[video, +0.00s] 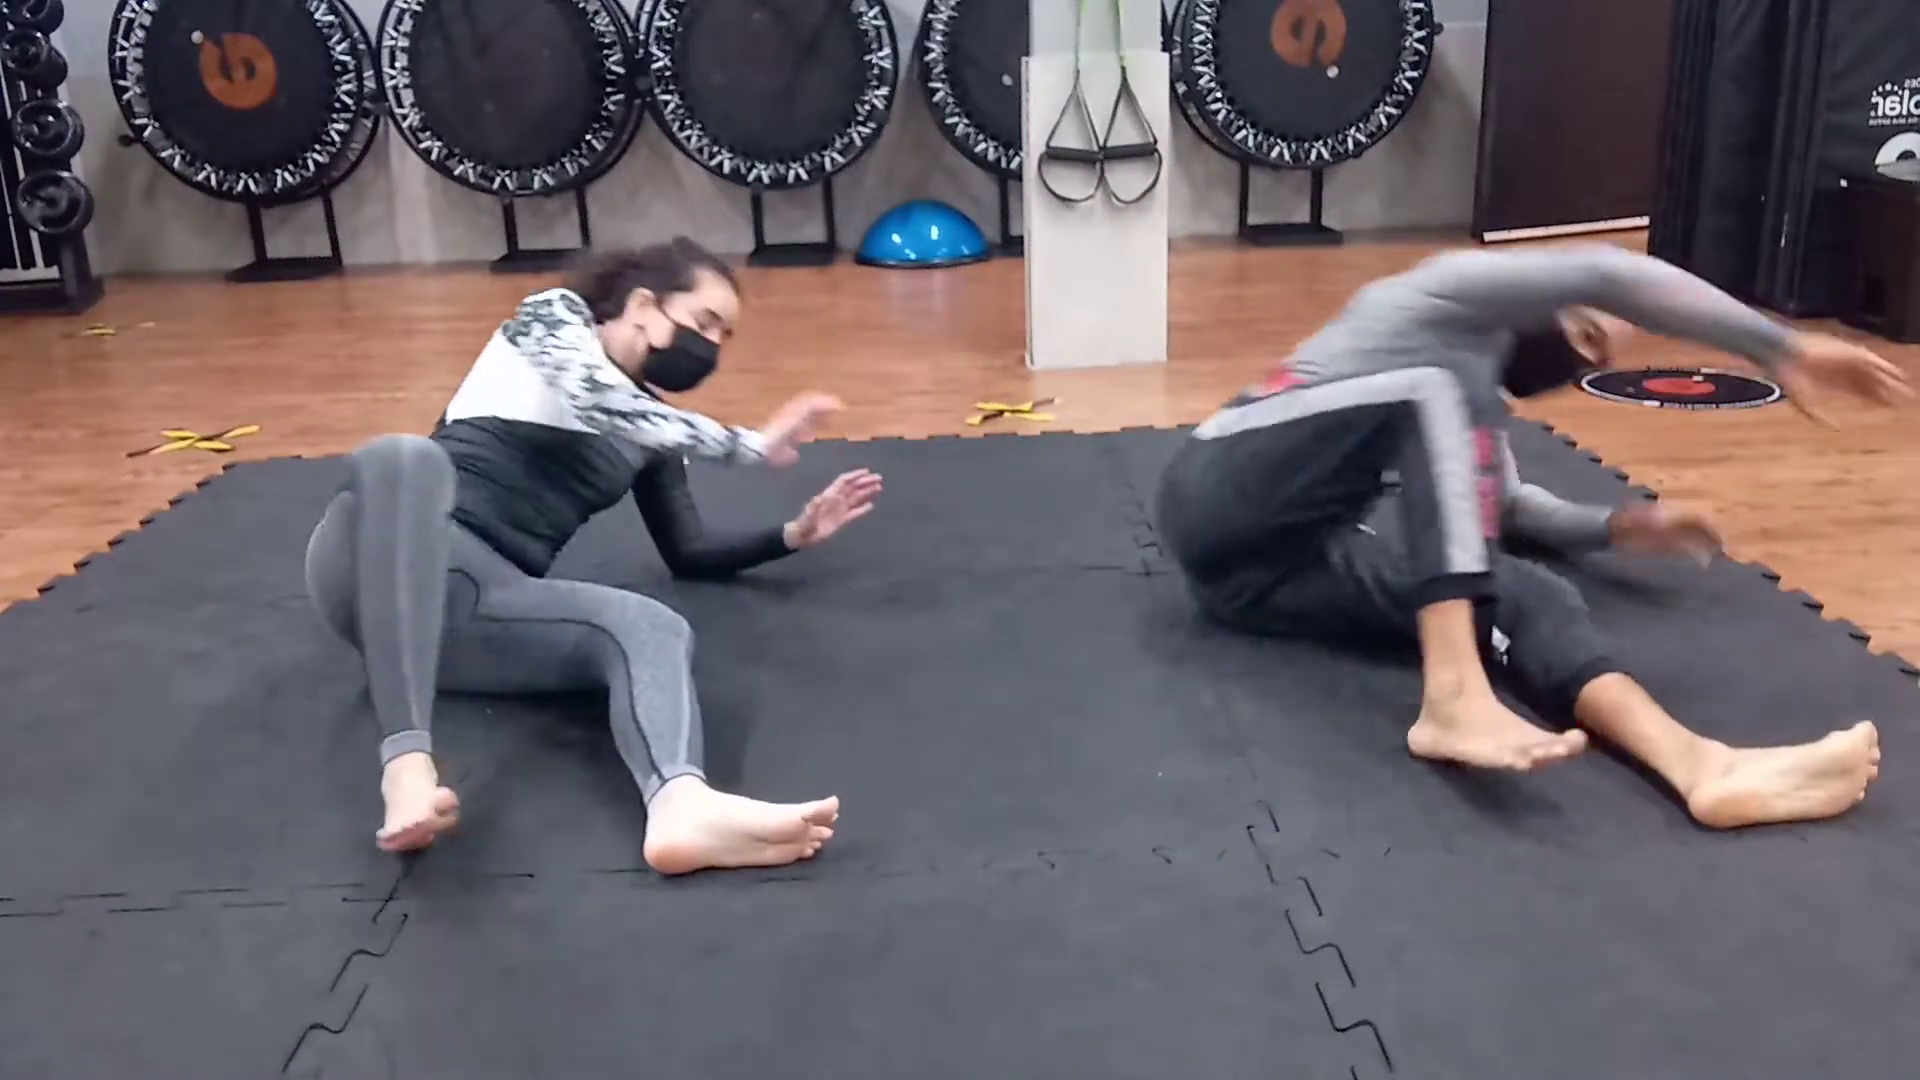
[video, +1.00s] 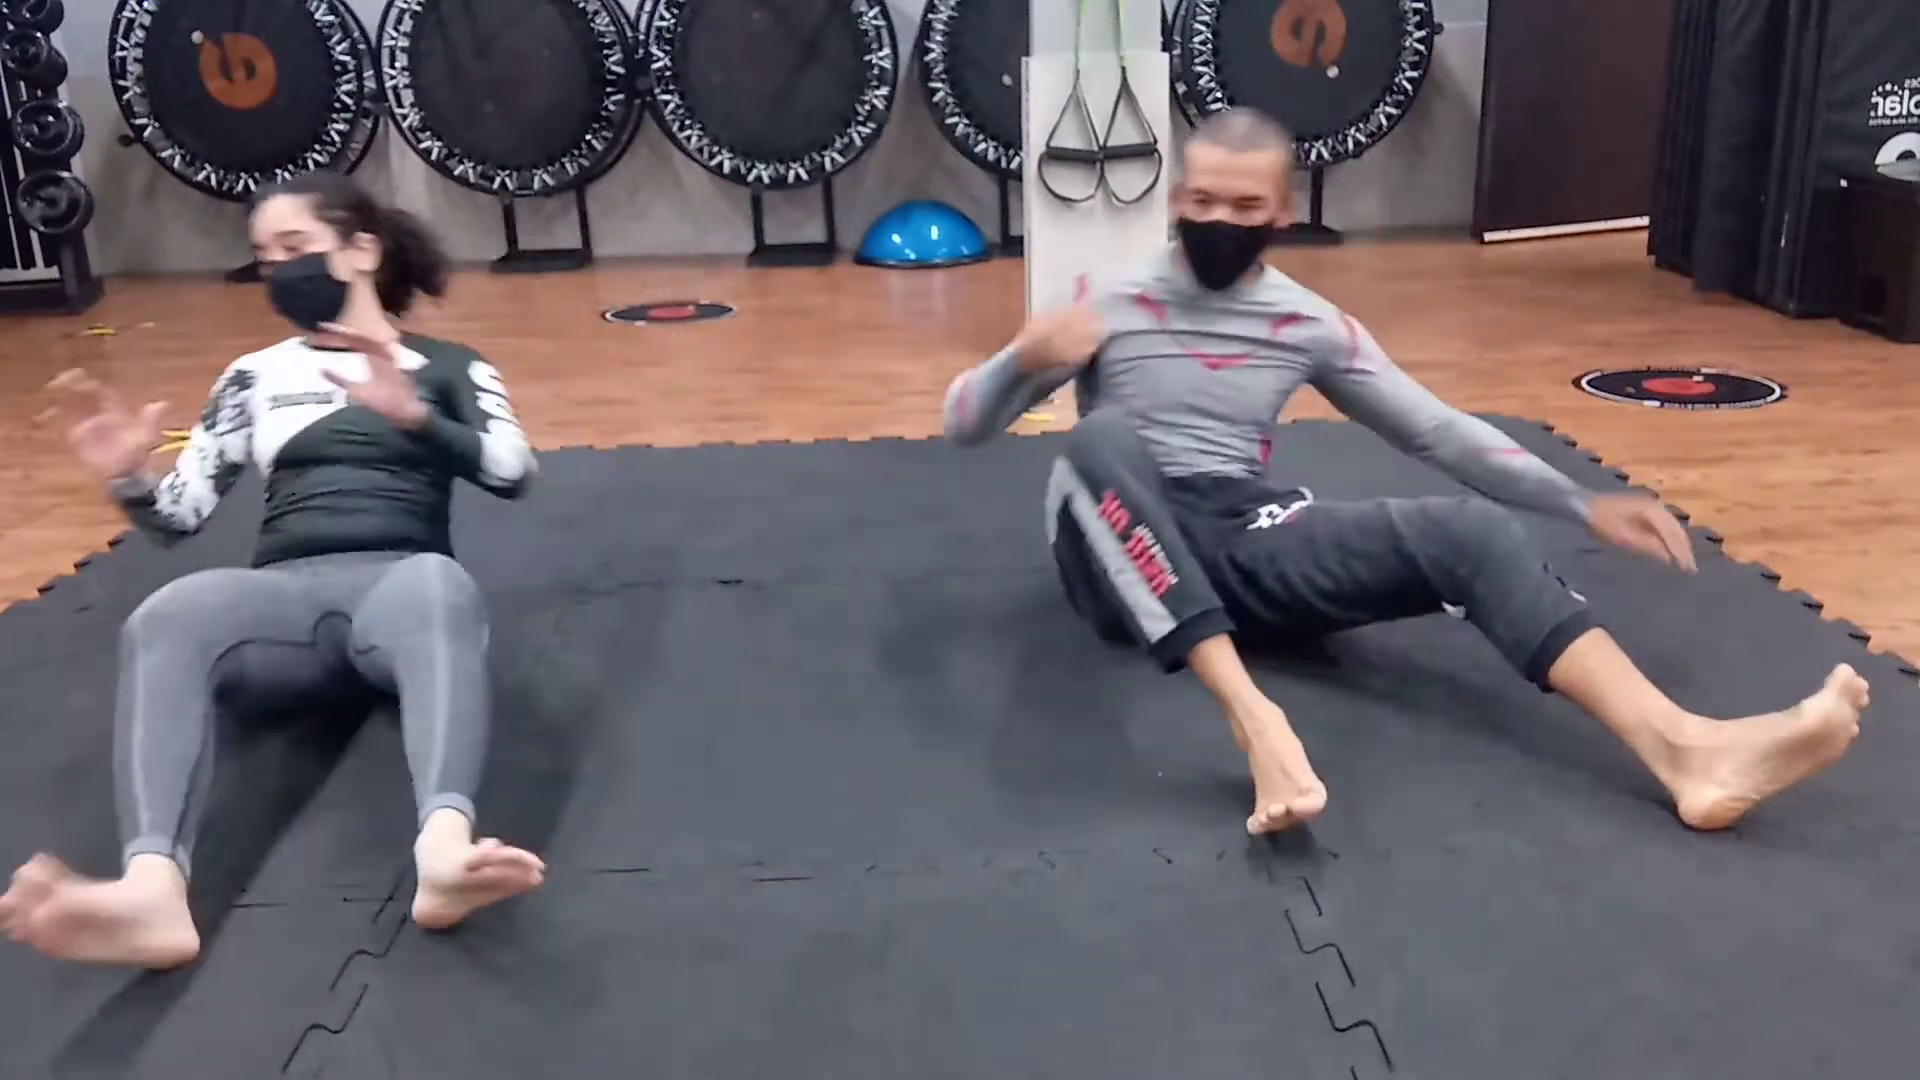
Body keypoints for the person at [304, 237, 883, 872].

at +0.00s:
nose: (715, 348)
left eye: (724, 338)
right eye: (707, 324)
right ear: (643, 303)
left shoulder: (650, 430)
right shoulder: (551, 314)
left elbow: (688, 552)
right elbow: (593, 393)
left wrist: (792, 536)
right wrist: (750, 444)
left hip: (490, 604)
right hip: (387, 562)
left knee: (653, 624)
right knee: (407, 456)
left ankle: (678, 798)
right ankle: (405, 756)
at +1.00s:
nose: (275, 269)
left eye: (292, 245)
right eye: (264, 258)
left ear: (363, 248)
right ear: (262, 275)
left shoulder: (450, 368)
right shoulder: (253, 376)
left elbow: (513, 469)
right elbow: (181, 513)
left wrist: (418, 415)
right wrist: (133, 480)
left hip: (397, 578)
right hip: (278, 585)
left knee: (439, 591)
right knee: (164, 620)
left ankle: (444, 852)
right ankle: (155, 886)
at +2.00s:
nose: (126, 331)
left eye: (131, 309)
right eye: (120, 315)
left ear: (191, 296)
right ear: (192, 303)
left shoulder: (303, 341)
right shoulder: (238, 418)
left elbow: (232, 445)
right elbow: (266, 574)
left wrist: (63, 441)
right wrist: (134, 619)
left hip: (380, 598)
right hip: (281, 653)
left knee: (181, 534)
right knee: (56, 679)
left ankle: (283, 815)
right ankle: (9, 893)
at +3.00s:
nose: (103, 381)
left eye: (102, 363)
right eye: (93, 372)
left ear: (141, 328)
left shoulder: (201, 342)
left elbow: (30, 455)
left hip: (306, 566)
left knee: (9, 526)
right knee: (16, 729)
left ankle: (211, 741)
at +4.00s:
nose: (140, 420)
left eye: (143, 397)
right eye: (133, 407)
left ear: (188, 358)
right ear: (193, 371)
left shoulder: (271, 346)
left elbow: (99, 435)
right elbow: (269, 580)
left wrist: (8, 496)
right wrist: (126, 604)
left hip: (498, 564)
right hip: (429, 643)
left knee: (228, 431)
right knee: (170, 686)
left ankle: (244, 739)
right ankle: (1, 859)